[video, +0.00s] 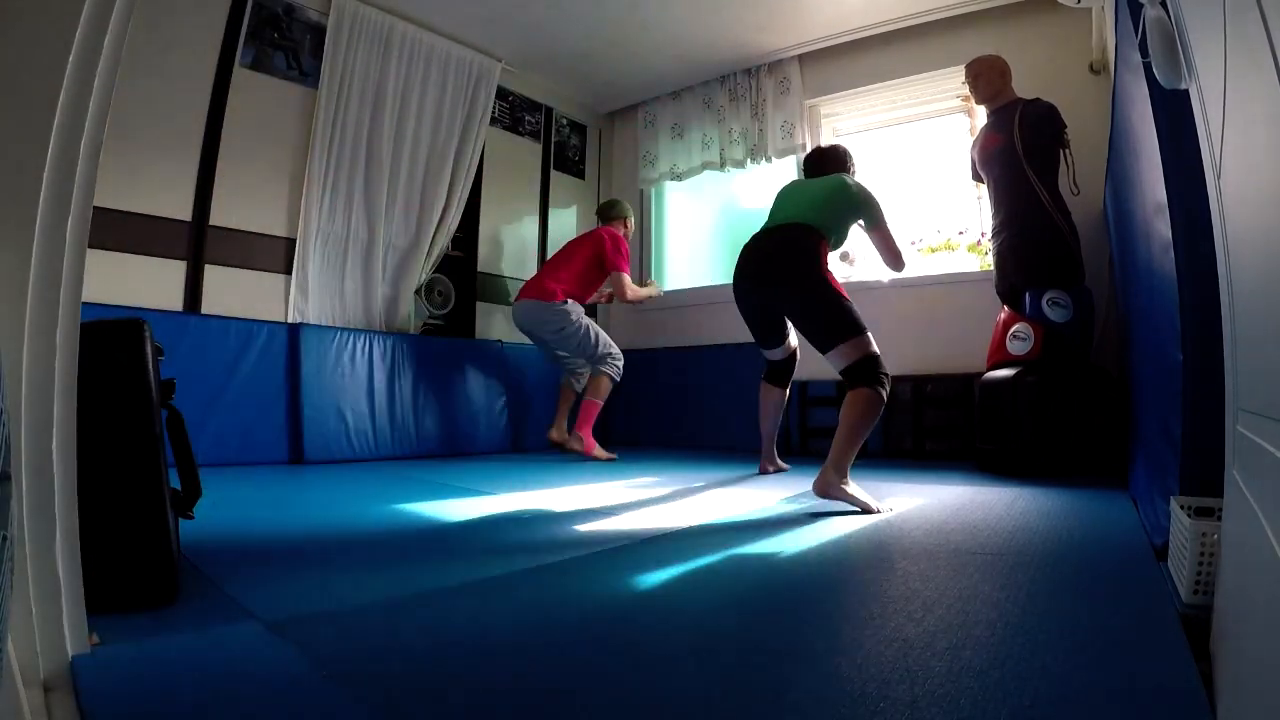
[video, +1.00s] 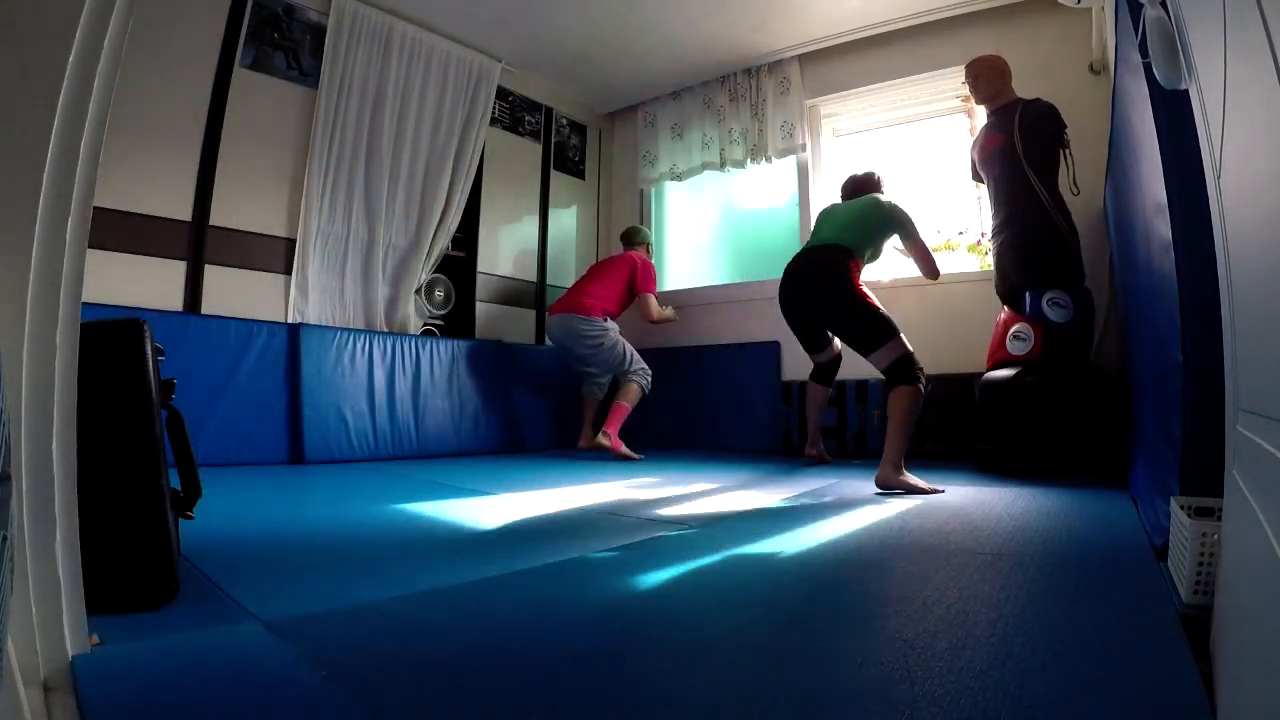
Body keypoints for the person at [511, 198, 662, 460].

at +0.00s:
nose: (630, 234)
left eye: (631, 229)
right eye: (631, 228)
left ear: (602, 222)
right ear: (625, 223)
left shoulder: (587, 238)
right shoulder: (614, 239)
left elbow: (563, 288)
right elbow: (626, 293)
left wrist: (597, 297)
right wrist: (650, 291)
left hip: (524, 306)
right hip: (553, 306)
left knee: (578, 364)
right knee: (610, 358)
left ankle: (559, 428)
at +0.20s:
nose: (643, 243)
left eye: (643, 238)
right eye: (643, 238)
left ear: (614, 233)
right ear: (638, 235)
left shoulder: (594, 249)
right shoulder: (629, 250)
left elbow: (575, 289)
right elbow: (642, 304)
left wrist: (606, 302)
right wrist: (661, 301)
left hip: (542, 314)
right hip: (573, 315)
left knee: (587, 373)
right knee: (624, 372)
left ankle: (587, 435)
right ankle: (585, 435)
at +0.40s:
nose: (648, 256)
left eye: (647, 252)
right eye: (648, 251)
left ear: (619, 248)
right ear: (643, 250)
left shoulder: (600, 263)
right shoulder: (635, 264)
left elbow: (580, 304)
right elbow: (646, 317)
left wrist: (611, 320)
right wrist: (664, 315)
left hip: (550, 322)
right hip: (583, 322)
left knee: (595, 371)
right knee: (640, 366)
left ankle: (586, 436)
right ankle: (611, 425)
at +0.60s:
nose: (649, 257)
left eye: (648, 254)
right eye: (648, 253)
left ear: (622, 251)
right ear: (645, 252)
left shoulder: (606, 266)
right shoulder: (640, 268)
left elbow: (585, 302)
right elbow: (655, 318)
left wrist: (611, 329)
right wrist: (667, 315)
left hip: (556, 324)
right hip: (589, 325)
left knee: (599, 375)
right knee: (641, 376)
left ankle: (587, 435)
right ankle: (611, 431)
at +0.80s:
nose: (652, 258)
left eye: (651, 255)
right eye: (651, 254)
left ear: (625, 251)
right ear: (648, 252)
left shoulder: (608, 266)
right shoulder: (642, 266)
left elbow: (589, 301)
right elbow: (654, 317)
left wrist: (611, 330)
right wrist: (669, 316)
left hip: (557, 321)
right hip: (588, 323)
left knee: (599, 374)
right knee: (639, 375)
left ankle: (587, 435)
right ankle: (610, 432)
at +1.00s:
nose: (651, 254)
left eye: (650, 251)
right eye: (651, 250)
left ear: (624, 247)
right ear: (647, 248)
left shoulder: (607, 262)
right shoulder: (641, 262)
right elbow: (652, 314)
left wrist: (650, 302)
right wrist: (668, 314)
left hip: (556, 319)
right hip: (587, 320)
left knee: (598, 374)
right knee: (638, 372)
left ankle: (586, 435)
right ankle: (610, 433)